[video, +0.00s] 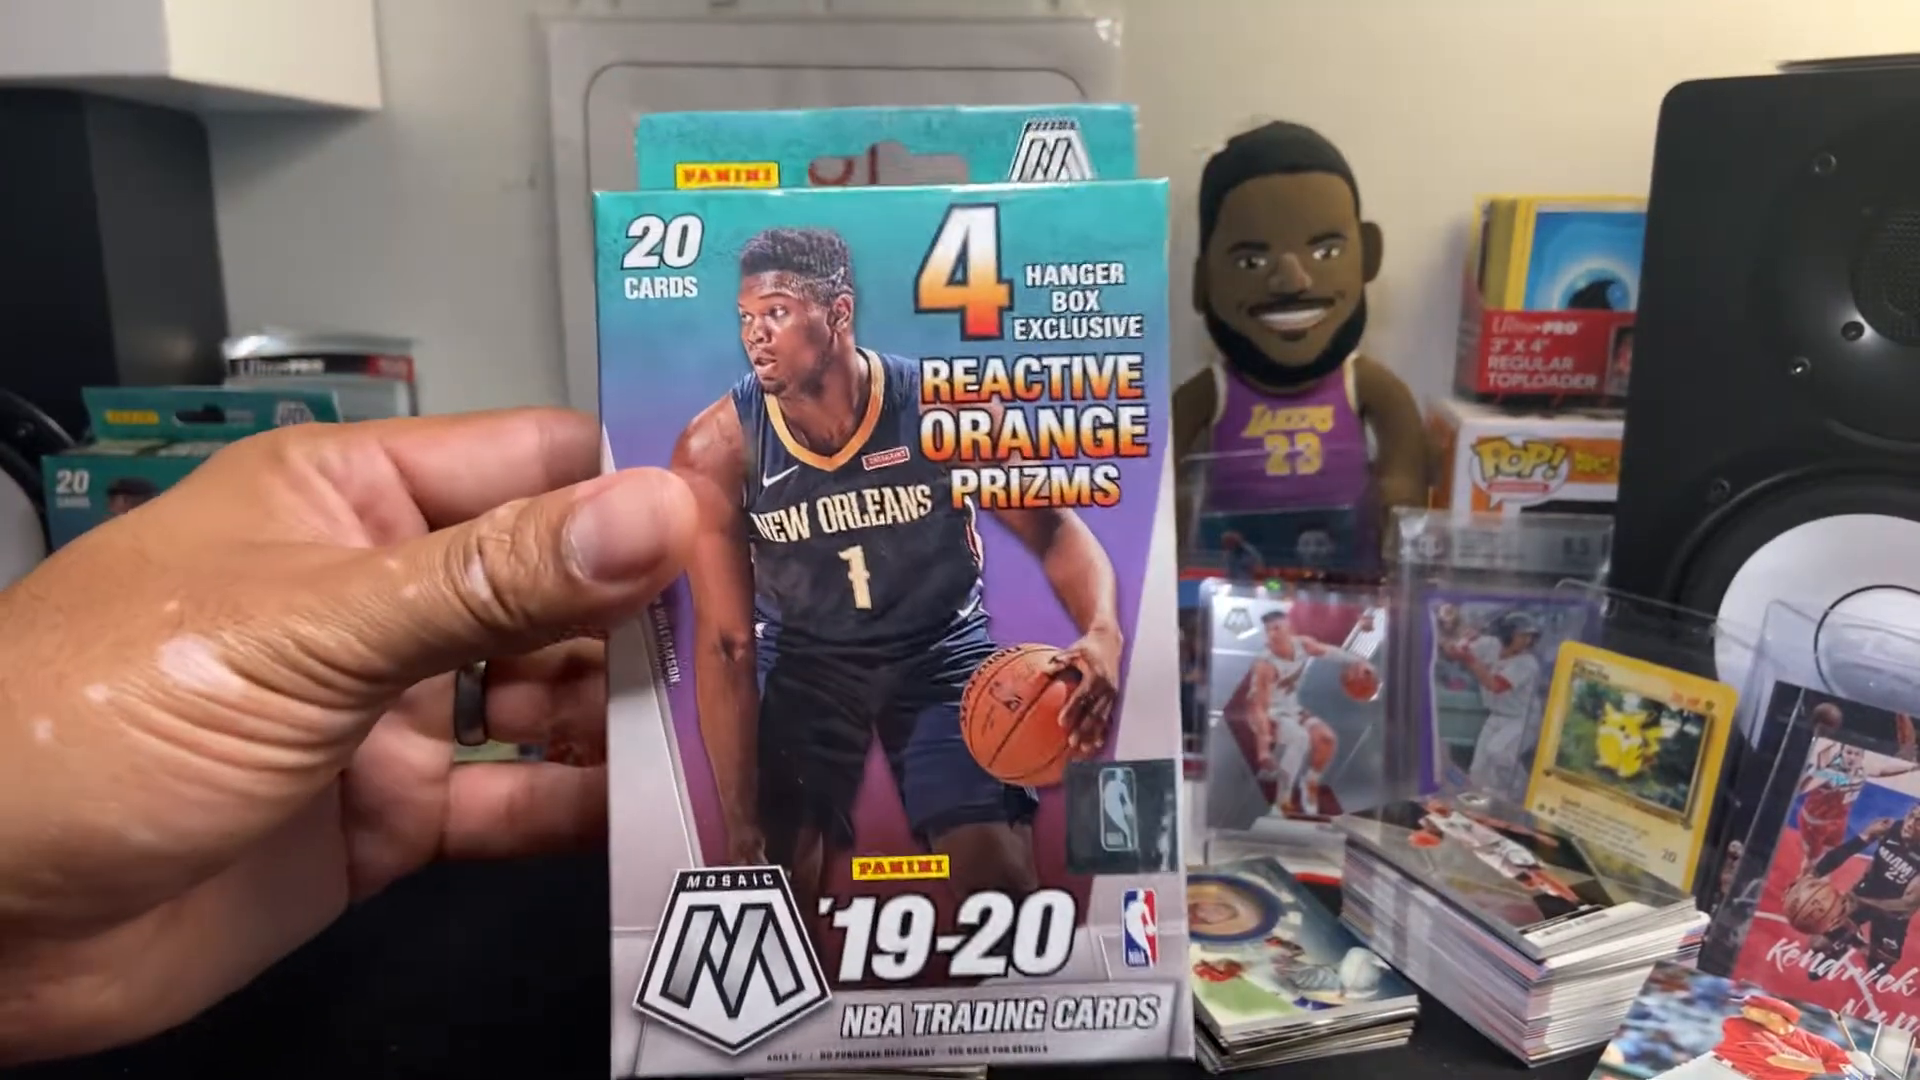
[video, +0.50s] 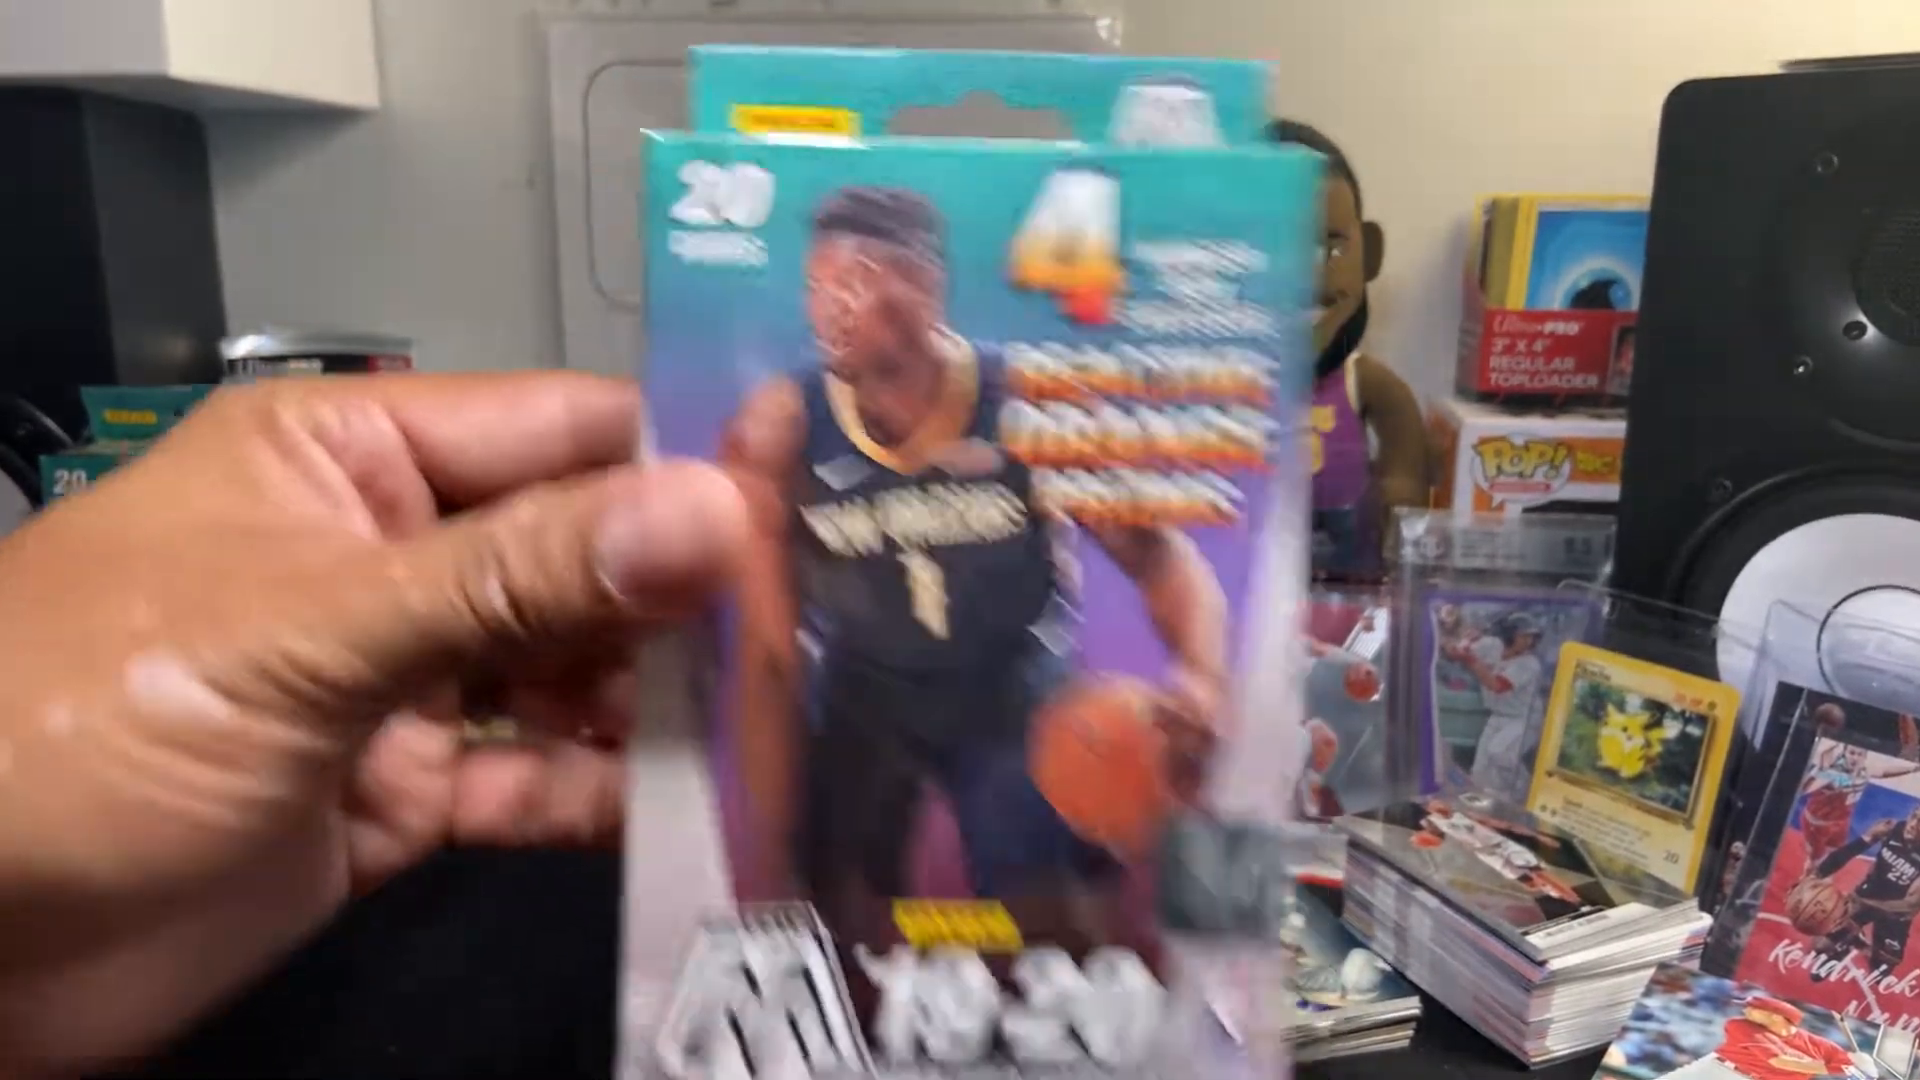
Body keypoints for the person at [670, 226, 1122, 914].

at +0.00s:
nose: (755, 335)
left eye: (776, 313)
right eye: (747, 318)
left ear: (839, 312)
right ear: (740, 326)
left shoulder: (939, 408)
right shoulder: (718, 446)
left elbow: (1051, 528)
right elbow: (726, 646)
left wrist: (1104, 630)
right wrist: (740, 826)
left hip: (943, 654)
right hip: (810, 666)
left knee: (991, 872)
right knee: (783, 871)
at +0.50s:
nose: (828, 306)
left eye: (854, 282)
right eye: (819, 283)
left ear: (922, 290)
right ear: (806, 292)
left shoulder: (1028, 406)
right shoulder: (780, 427)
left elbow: (1157, 557)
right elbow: (767, 655)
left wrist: (1202, 680)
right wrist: (767, 858)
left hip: (1008, 695)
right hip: (865, 698)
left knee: (1054, 907)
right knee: (837, 913)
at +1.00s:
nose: (644, 311)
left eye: (661, 291)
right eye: (636, 297)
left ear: (714, 292)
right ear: (631, 304)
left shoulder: (795, 366)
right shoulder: (617, 397)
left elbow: (888, 464)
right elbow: (623, 565)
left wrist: (932, 543)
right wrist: (637, 712)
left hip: (805, 574)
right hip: (694, 584)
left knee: (847, 743)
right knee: (678, 755)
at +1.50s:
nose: (817, 267)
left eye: (845, 238)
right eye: (807, 244)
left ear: (929, 238)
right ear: (797, 254)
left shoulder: (1058, 360)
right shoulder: (772, 411)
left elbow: (1205, 520)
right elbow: (780, 668)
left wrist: (1273, 653)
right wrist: (799, 906)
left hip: (1063, 679)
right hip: (886, 690)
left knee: (1125, 954)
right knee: (845, 957)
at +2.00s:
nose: (739, 261)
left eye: (762, 238)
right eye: (729, 242)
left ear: (833, 236)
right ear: (719, 253)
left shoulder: (941, 340)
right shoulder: (701, 385)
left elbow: (1069, 474)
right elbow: (712, 603)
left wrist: (1127, 583)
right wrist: (732, 801)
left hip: (949, 613)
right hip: (804, 627)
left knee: (997, 825)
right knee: (779, 847)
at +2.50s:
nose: (669, 281)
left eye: (689, 261)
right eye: (661, 266)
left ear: (747, 259)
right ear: (653, 272)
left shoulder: (838, 344)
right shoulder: (640, 380)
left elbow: (940, 450)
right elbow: (652, 556)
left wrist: (984, 538)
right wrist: (667, 712)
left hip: (845, 559)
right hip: (727, 571)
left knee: (893, 744)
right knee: (708, 755)